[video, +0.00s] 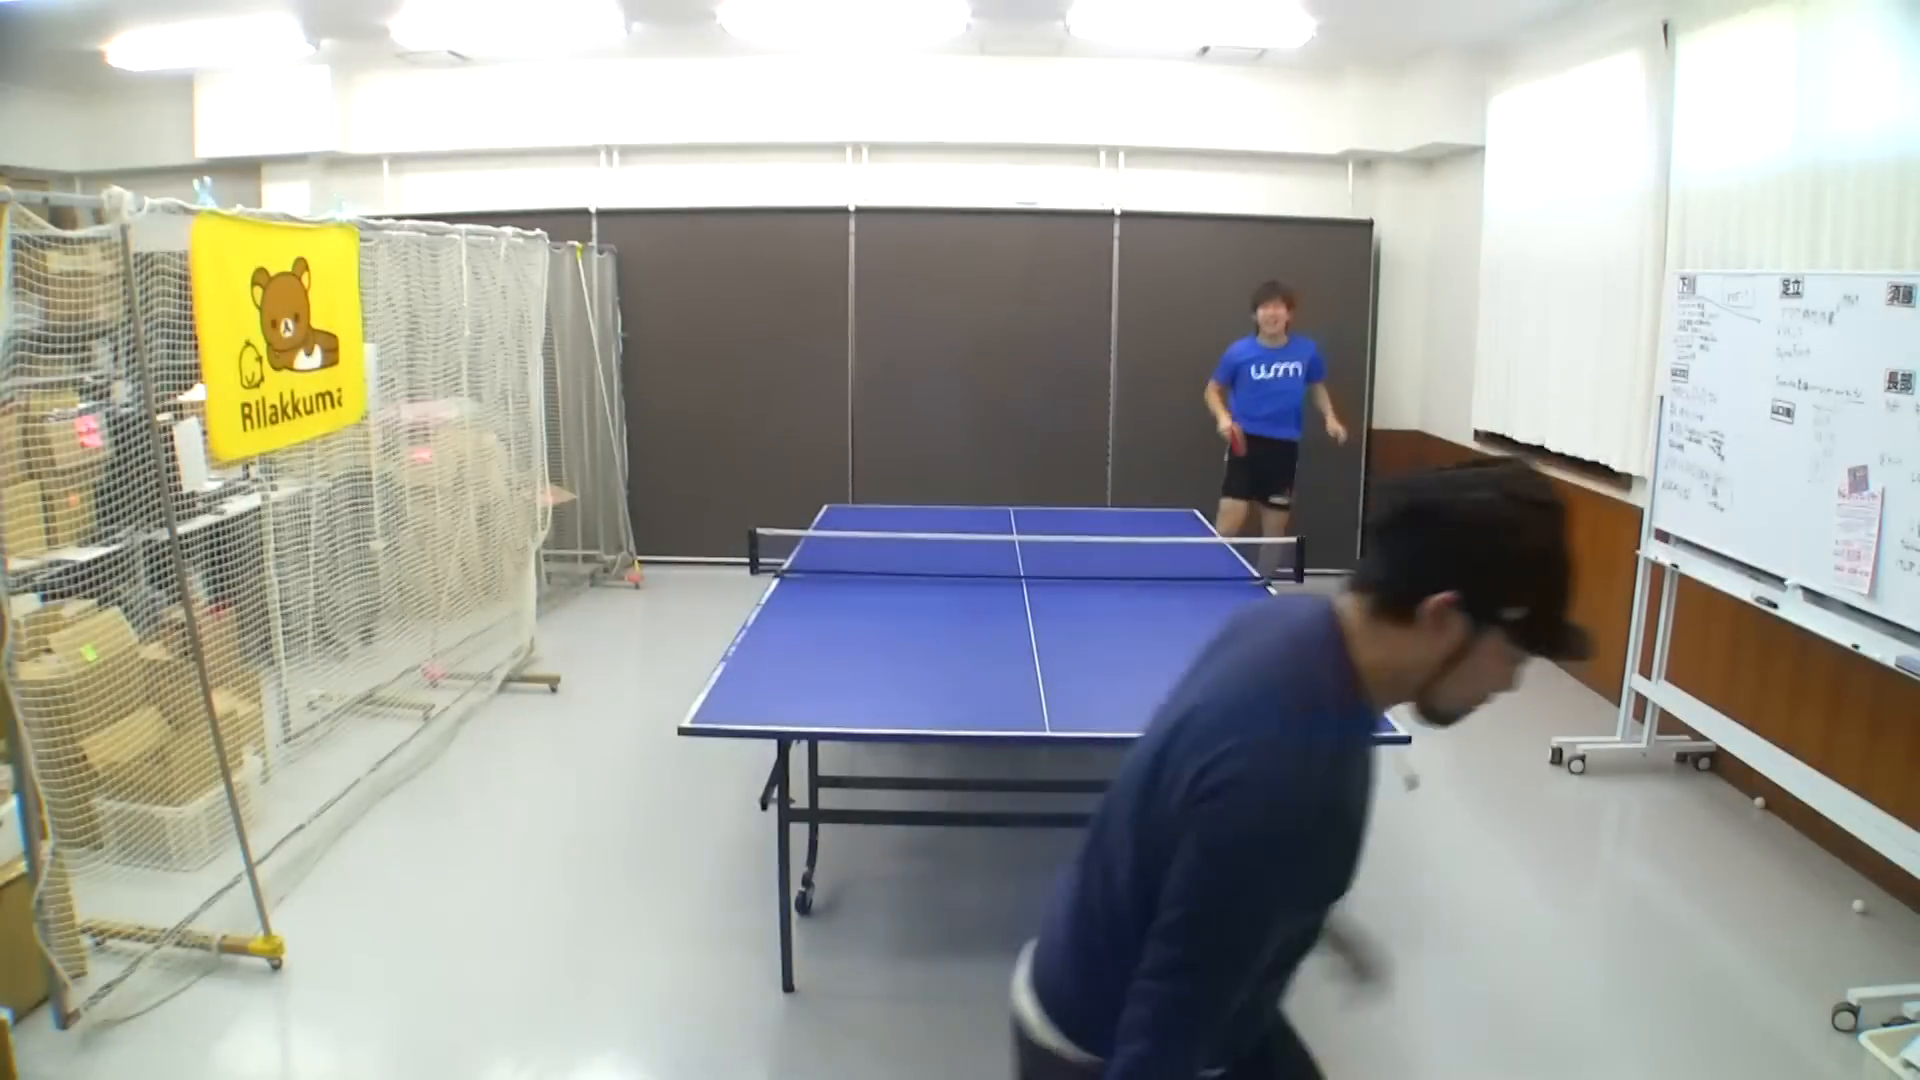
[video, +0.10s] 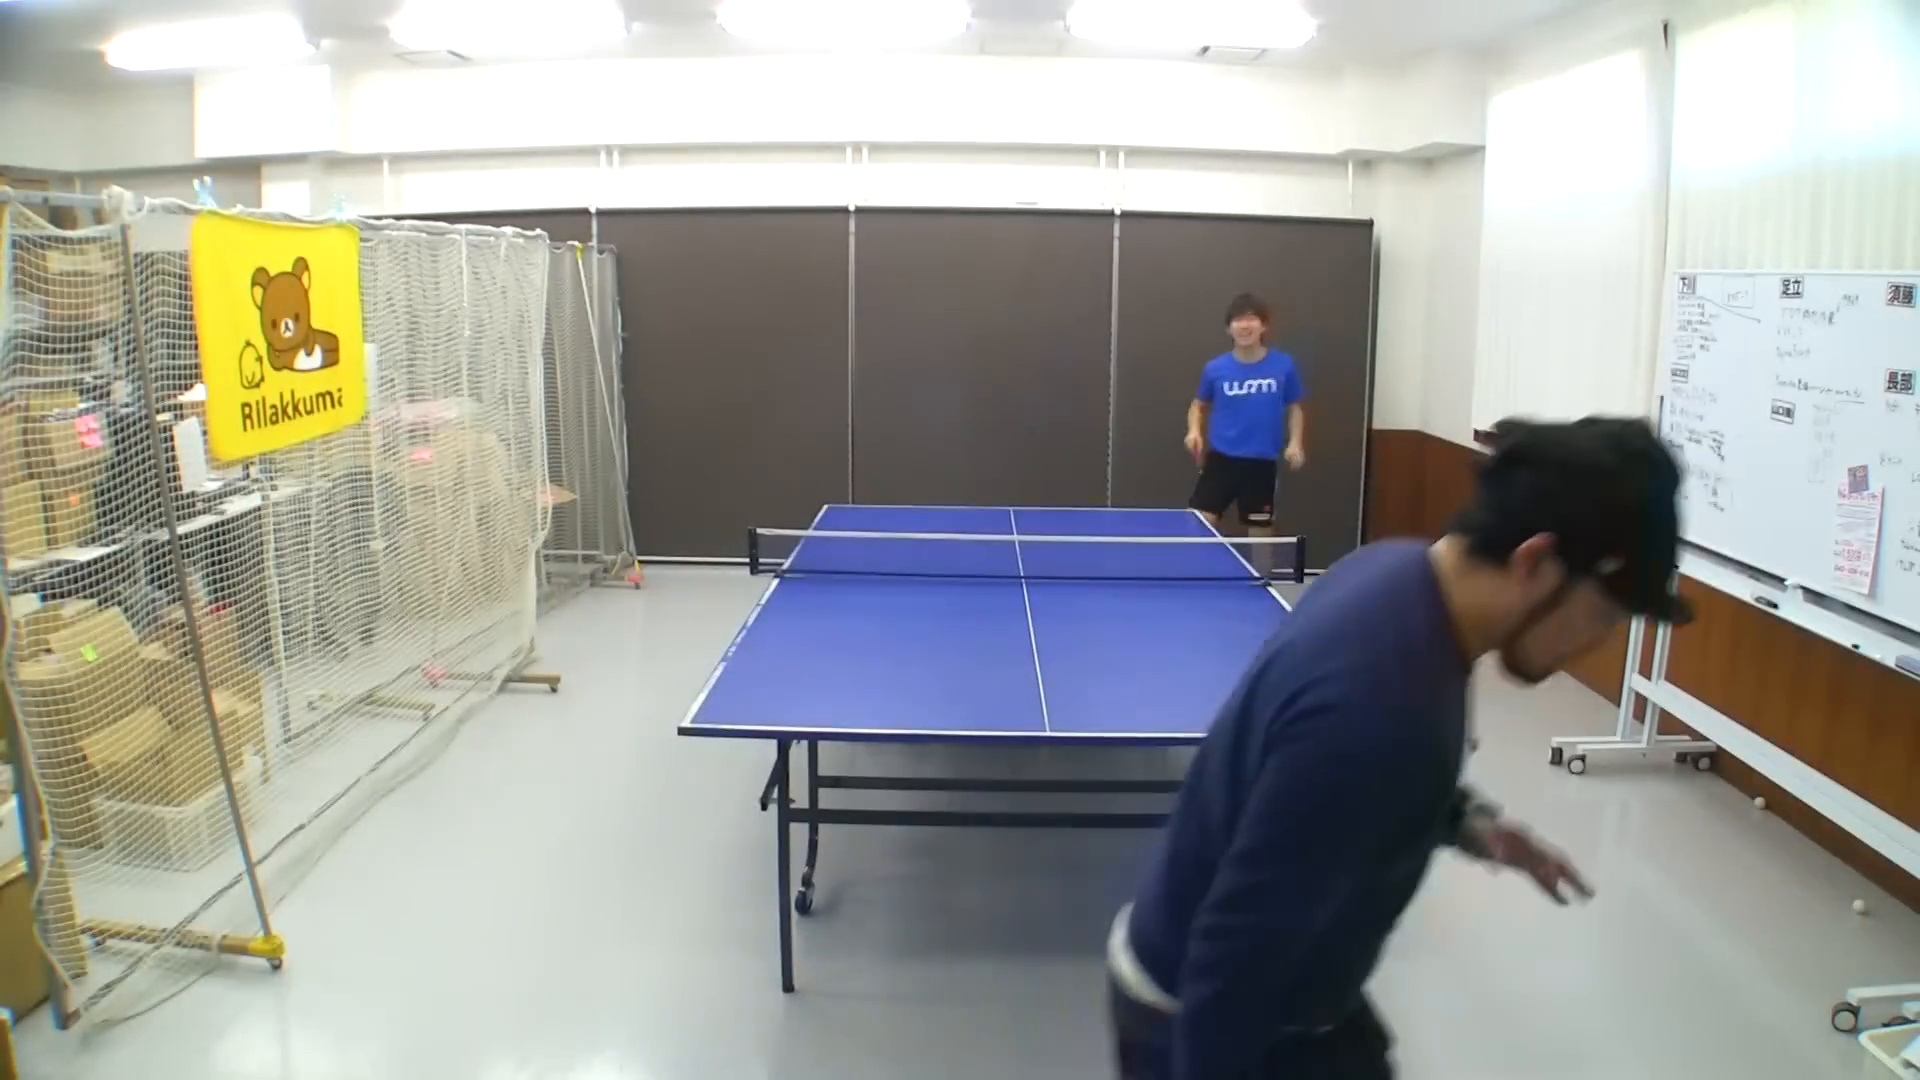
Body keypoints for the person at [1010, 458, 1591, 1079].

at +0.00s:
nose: (1513, 682)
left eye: (1525, 657)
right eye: (1514, 651)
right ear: (1442, 618)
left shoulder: (1294, 629)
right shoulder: (1278, 770)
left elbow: (1198, 815)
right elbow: (1161, 1040)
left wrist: (1316, 919)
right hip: (1109, 1051)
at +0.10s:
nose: (1596, 644)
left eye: (1616, 621)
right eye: (1606, 614)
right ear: (1535, 561)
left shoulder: (1396, 578)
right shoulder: (1367, 714)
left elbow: (1354, 754)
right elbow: (1223, 974)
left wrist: (1471, 825)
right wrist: (1207, 1068)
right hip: (1210, 1021)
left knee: (1372, 1059)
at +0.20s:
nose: (1679, 585)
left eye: (1694, 562)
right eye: (1687, 554)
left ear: (1610, 495)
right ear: (1613, 502)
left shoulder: (1492, 542)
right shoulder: (1444, 651)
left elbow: (1484, 723)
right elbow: (1311, 902)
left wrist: (1533, 823)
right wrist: (1296, 1065)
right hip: (1329, 998)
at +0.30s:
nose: (1753, 566)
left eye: (1767, 539)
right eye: (1752, 531)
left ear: (1665, 481)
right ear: (1669, 478)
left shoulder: (1613, 560)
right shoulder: (1513, 634)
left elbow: (1629, 735)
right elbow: (1410, 939)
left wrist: (1628, 883)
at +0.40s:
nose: (1821, 609)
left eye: (1832, 580)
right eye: (1808, 575)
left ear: (1716, 522)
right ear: (1717, 520)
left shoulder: (1682, 598)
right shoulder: (1584, 682)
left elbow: (1699, 781)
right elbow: (1476, 954)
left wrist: (1721, 932)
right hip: (1503, 1035)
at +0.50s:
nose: (1883, 648)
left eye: (1895, 622)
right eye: (1869, 613)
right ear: (1775, 548)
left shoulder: (1770, 634)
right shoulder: (1627, 701)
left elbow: (1766, 813)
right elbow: (1507, 956)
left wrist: (1793, 973)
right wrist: (1486, 1070)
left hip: (1661, 1019)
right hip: (1549, 1041)